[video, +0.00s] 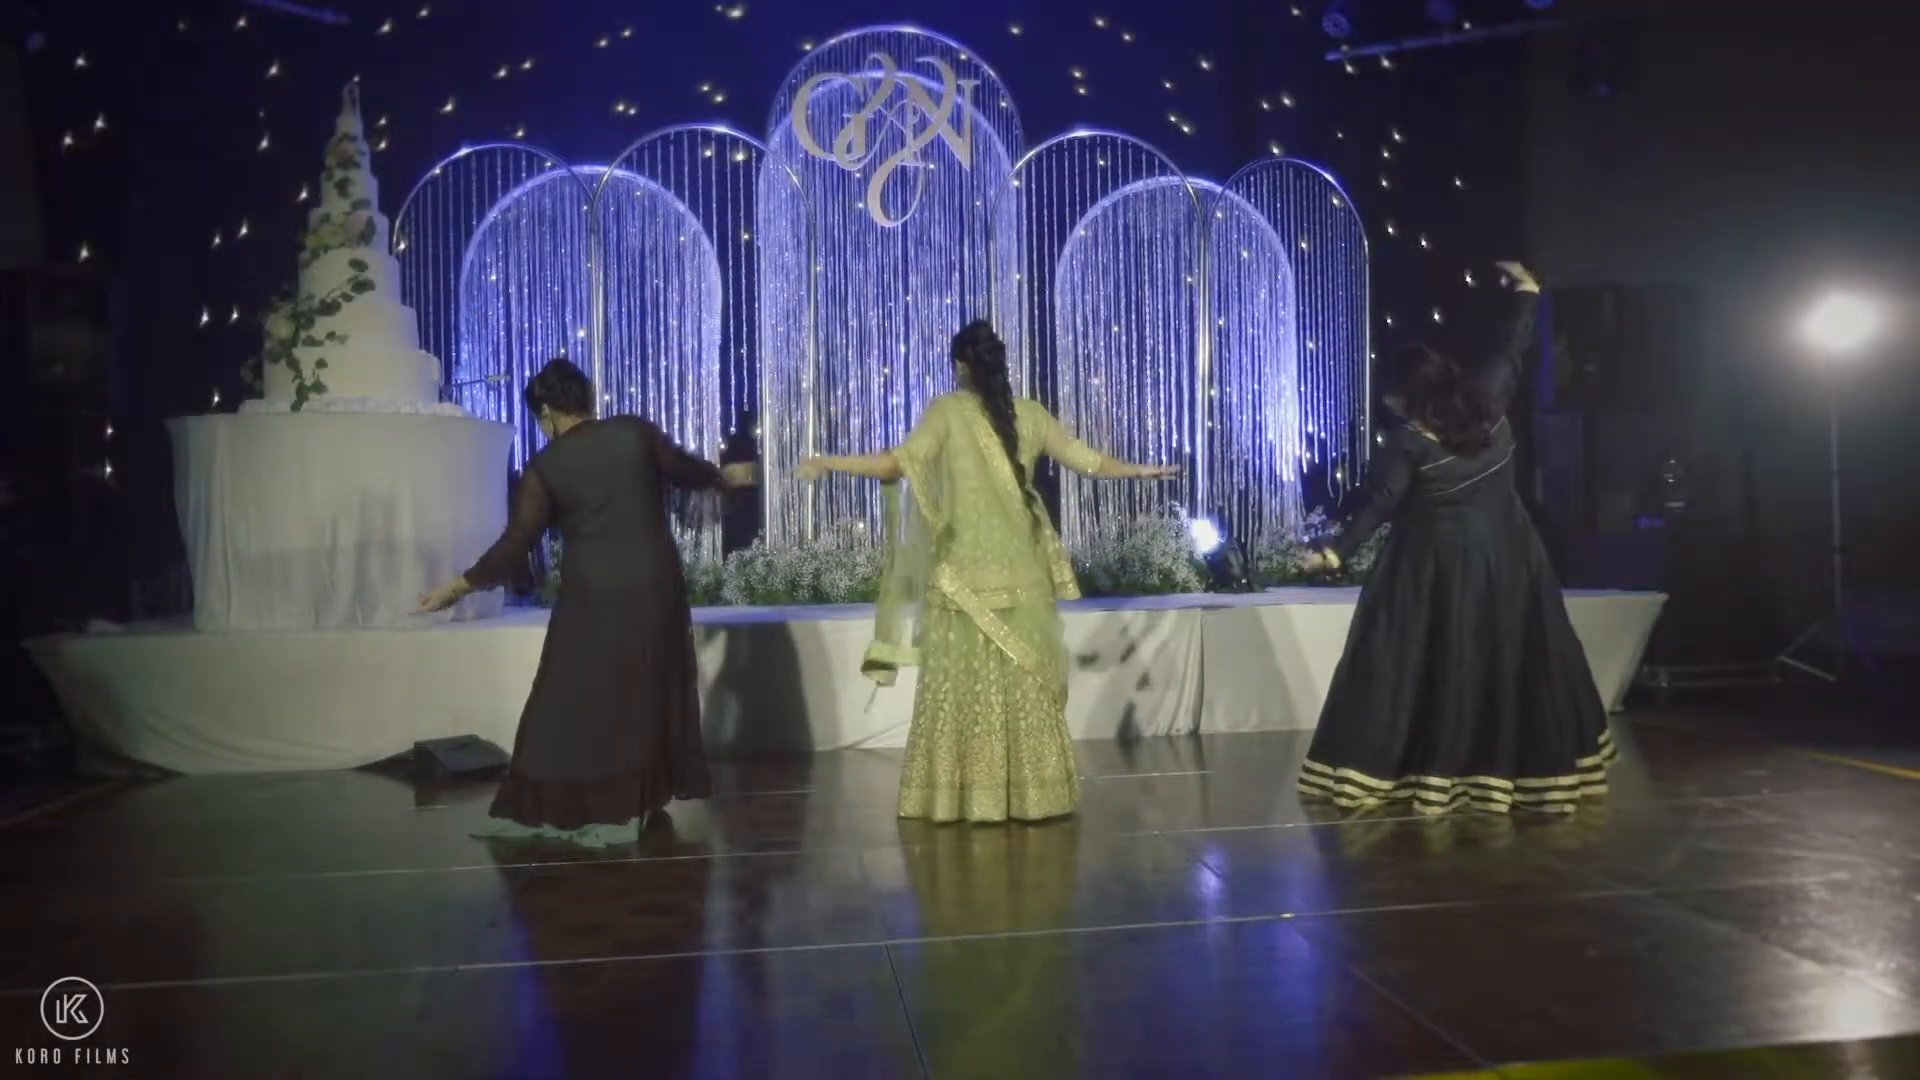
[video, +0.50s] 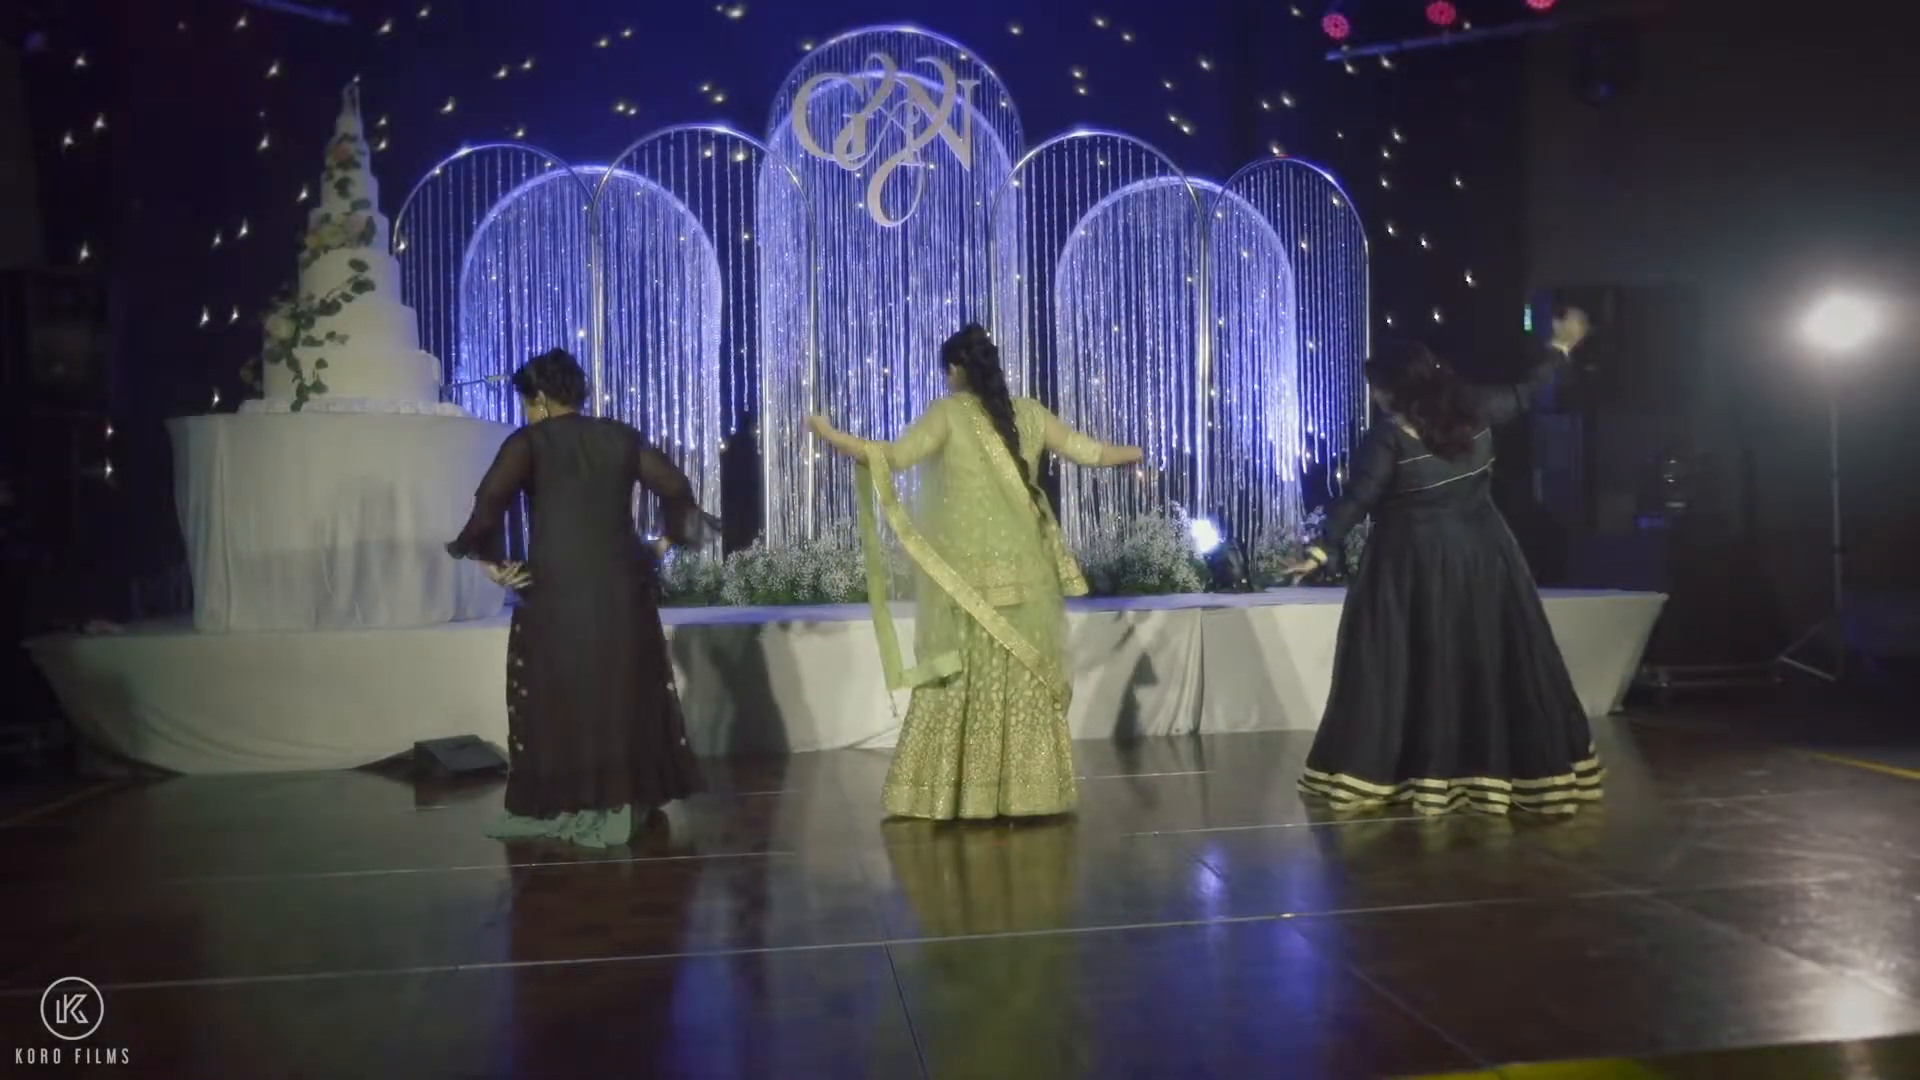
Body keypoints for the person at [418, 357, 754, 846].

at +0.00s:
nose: (542, 428)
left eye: (540, 417)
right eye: (541, 418)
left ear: (550, 413)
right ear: (588, 402)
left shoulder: (547, 466)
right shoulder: (637, 433)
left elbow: (517, 541)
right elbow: (683, 466)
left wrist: (462, 585)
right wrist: (723, 478)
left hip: (594, 594)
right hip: (656, 587)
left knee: (577, 695)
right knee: (649, 691)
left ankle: (585, 811)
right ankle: (650, 802)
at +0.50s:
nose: (525, 413)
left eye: (525, 403)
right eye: (525, 403)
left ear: (539, 399)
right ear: (577, 396)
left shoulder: (529, 441)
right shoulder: (621, 437)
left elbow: (490, 500)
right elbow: (677, 488)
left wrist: (489, 559)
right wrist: (671, 537)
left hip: (558, 593)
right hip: (622, 591)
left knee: (559, 697)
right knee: (622, 695)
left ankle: (569, 810)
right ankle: (629, 808)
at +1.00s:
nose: (516, 388)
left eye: (527, 379)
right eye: (507, 379)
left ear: (544, 387)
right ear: (495, 387)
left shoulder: (558, 432)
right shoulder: (494, 452)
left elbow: (600, 476)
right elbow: (500, 514)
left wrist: (576, 531)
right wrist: (504, 548)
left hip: (549, 577)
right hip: (507, 579)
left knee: (549, 683)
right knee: (498, 679)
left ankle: (549, 799)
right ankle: (493, 795)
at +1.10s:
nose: (527, 393)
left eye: (536, 385)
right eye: (516, 383)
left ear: (544, 390)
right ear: (496, 388)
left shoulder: (560, 435)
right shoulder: (487, 439)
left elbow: (612, 478)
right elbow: (471, 484)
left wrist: (585, 536)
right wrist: (477, 525)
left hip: (546, 576)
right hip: (500, 575)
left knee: (538, 683)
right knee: (494, 679)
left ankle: (533, 799)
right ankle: (489, 795)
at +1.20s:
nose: (533, 395)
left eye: (539, 387)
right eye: (522, 386)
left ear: (546, 392)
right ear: (498, 390)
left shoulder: (565, 440)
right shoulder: (476, 442)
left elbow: (625, 481)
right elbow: (443, 486)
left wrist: (596, 537)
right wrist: (462, 534)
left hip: (552, 577)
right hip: (500, 578)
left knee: (543, 686)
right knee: (493, 685)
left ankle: (537, 802)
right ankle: (486, 800)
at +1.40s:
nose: (547, 381)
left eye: (553, 373)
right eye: (536, 372)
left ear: (559, 378)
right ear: (509, 377)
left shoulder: (581, 426)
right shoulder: (477, 428)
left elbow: (646, 470)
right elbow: (425, 474)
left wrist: (614, 525)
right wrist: (462, 531)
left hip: (566, 575)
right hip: (507, 577)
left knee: (563, 688)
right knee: (500, 687)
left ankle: (565, 810)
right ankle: (493, 805)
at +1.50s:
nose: (555, 388)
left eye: (561, 379)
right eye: (544, 378)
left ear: (567, 385)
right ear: (518, 383)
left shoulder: (591, 433)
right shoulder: (487, 437)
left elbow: (659, 474)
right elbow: (429, 484)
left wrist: (629, 531)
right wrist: (470, 536)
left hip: (579, 581)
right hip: (518, 582)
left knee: (575, 692)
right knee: (506, 690)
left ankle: (567, 814)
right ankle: (501, 810)